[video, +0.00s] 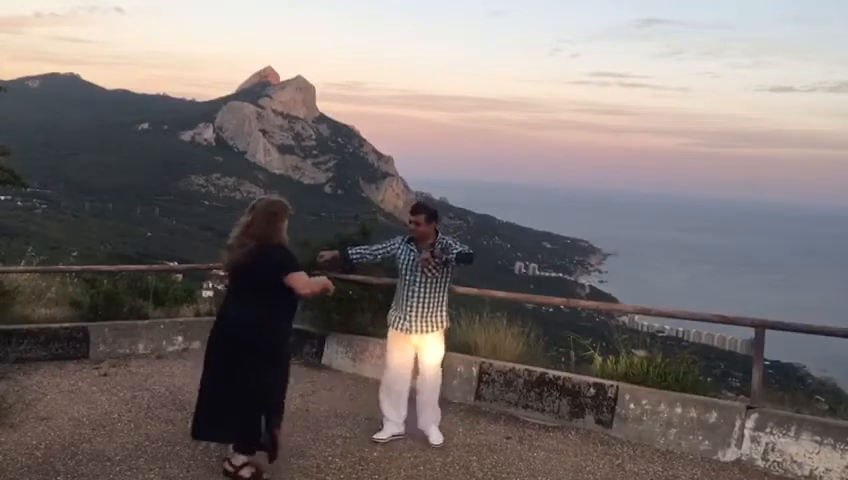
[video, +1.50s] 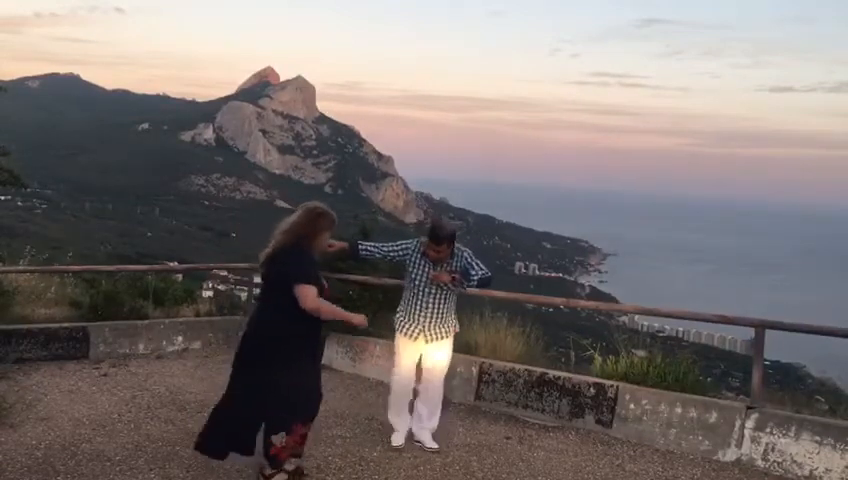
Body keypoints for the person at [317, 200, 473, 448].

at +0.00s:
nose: (412, 228)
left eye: (417, 224)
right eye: (411, 223)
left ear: (433, 225)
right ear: (410, 223)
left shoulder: (446, 245)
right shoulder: (402, 244)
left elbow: (468, 257)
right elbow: (372, 252)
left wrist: (441, 257)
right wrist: (340, 255)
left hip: (432, 327)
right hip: (401, 324)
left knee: (430, 379)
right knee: (395, 376)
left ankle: (430, 425)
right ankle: (393, 424)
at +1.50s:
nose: (434, 255)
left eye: (439, 252)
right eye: (431, 250)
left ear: (451, 247)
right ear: (426, 241)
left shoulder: (462, 256)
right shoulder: (414, 248)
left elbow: (484, 277)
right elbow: (381, 250)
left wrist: (454, 279)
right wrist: (346, 247)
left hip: (441, 331)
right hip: (409, 327)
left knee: (433, 384)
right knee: (402, 380)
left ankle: (424, 431)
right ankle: (399, 429)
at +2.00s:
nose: (465, 257)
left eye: (470, 254)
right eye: (462, 251)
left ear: (475, 252)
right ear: (454, 242)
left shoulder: (473, 264)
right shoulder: (436, 248)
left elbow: (483, 285)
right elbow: (412, 255)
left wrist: (472, 303)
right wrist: (398, 258)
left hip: (442, 332)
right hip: (413, 329)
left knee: (455, 380)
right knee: (415, 384)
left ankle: (429, 422)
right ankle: (410, 437)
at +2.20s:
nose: (484, 253)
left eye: (487, 250)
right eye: (483, 247)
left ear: (484, 247)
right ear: (474, 238)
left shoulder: (473, 263)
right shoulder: (449, 245)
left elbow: (472, 293)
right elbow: (432, 251)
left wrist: (470, 310)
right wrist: (462, 251)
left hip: (451, 332)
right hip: (427, 327)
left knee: (452, 383)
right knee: (433, 380)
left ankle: (442, 437)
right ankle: (413, 433)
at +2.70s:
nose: (506, 228)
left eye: (506, 224)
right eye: (503, 223)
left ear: (482, 221)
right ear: (489, 220)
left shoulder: (458, 247)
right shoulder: (486, 241)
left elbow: (444, 272)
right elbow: (517, 242)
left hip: (452, 326)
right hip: (476, 325)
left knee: (453, 384)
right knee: (485, 386)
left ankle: (442, 437)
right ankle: (478, 444)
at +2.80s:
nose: (507, 228)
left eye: (508, 223)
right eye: (506, 223)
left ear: (481, 220)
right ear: (495, 220)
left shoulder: (459, 247)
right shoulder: (491, 241)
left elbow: (449, 272)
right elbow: (528, 240)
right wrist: (520, 245)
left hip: (458, 323)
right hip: (483, 323)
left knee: (464, 382)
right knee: (488, 385)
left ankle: (452, 435)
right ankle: (477, 444)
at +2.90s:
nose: (509, 228)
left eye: (509, 223)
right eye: (506, 223)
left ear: (483, 222)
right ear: (495, 222)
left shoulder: (461, 247)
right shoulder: (496, 244)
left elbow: (448, 270)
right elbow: (537, 245)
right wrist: (529, 265)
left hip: (461, 324)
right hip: (488, 324)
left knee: (470, 380)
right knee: (490, 383)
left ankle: (463, 436)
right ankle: (478, 444)